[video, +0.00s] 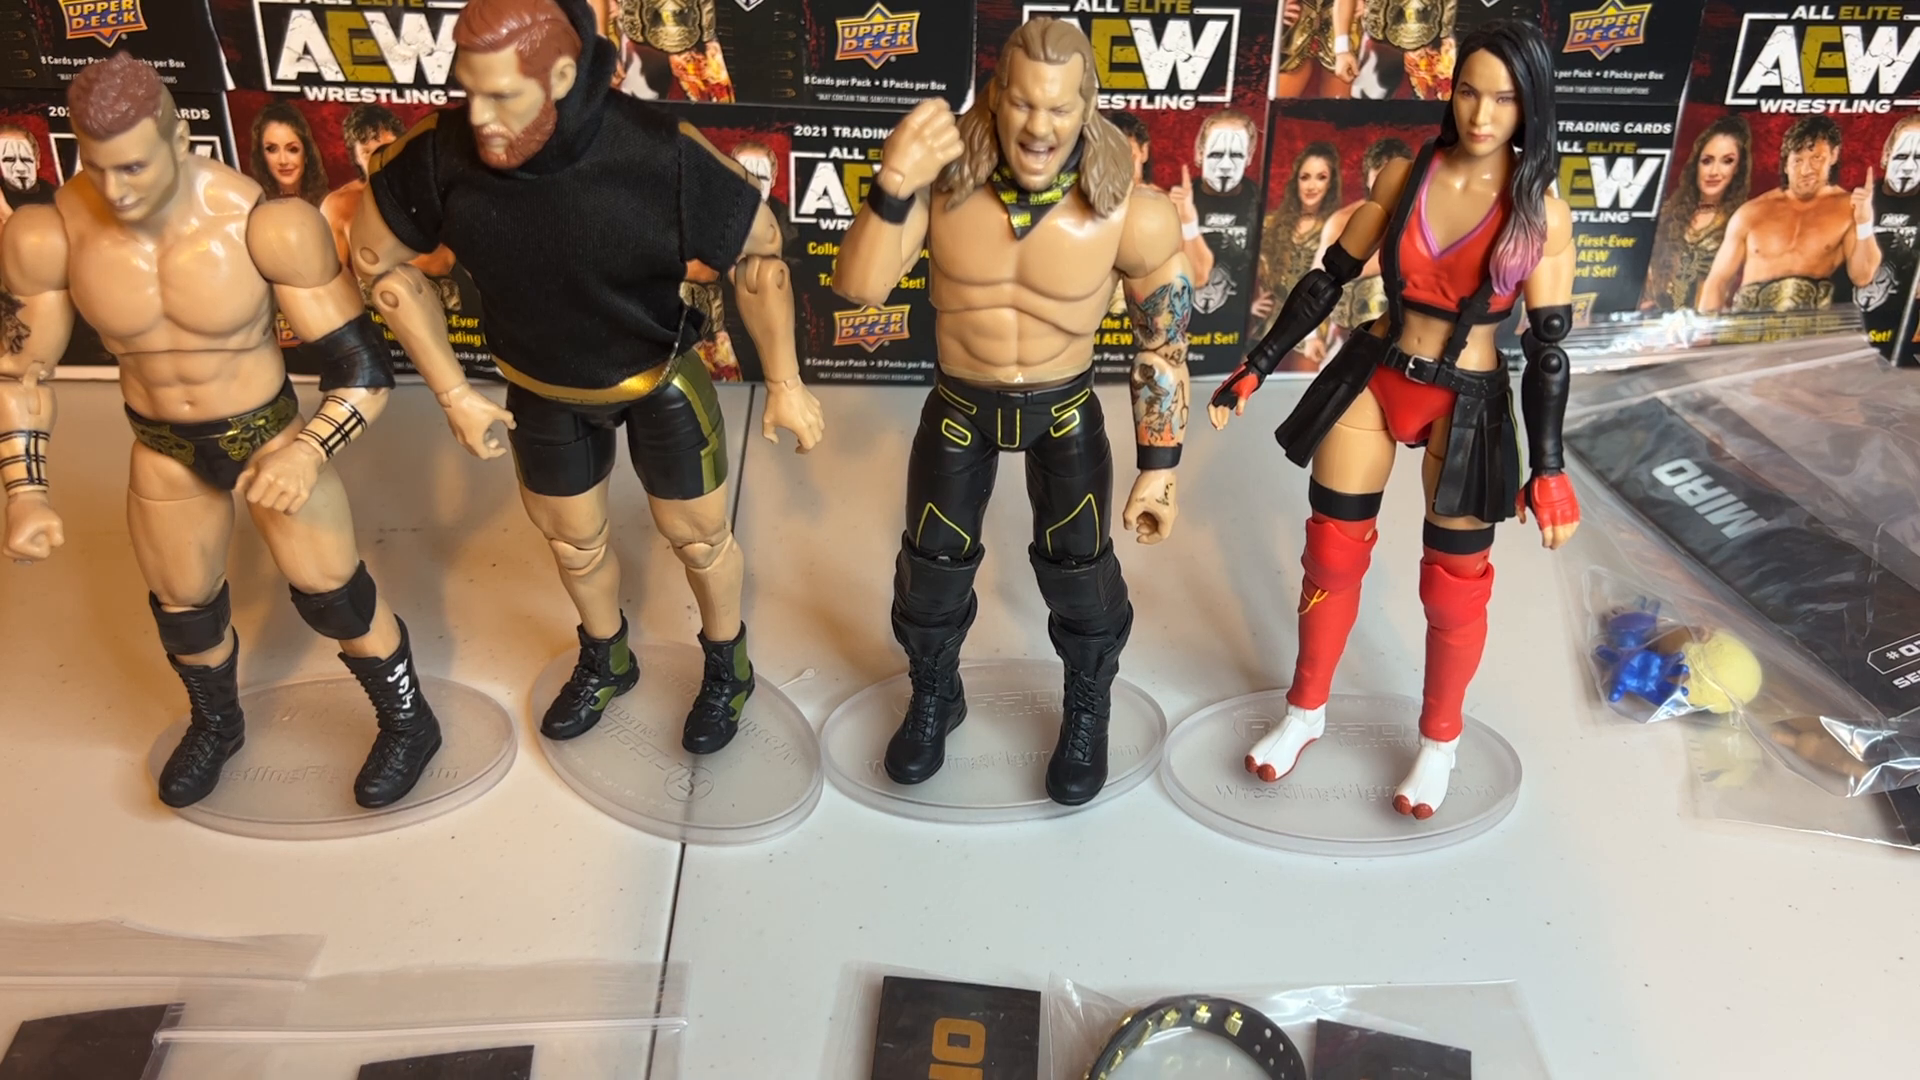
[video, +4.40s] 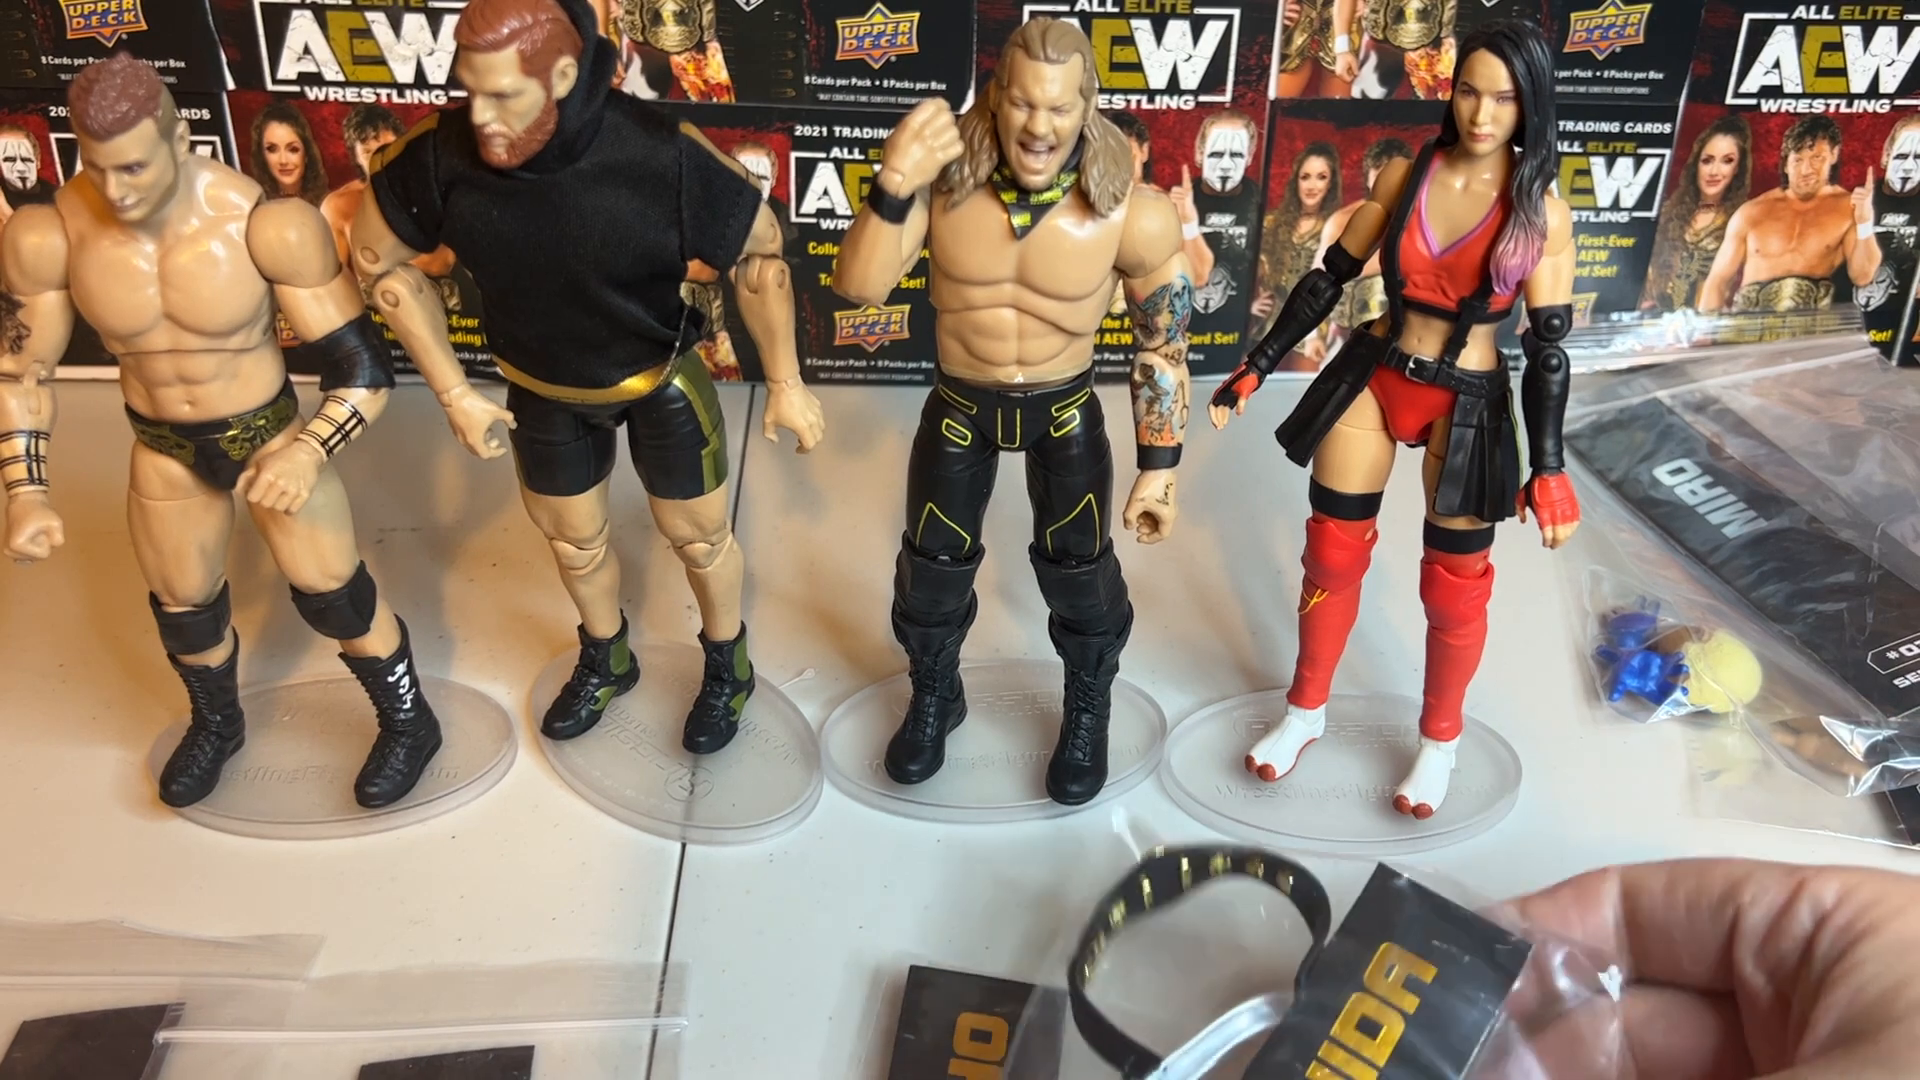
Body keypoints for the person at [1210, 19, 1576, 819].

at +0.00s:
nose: (1480, 113)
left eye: (1501, 99)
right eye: (1469, 94)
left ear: (1529, 108)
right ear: (1450, 94)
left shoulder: (1540, 209)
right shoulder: (1406, 175)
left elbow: (1549, 345)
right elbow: (1333, 273)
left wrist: (1549, 466)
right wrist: (1256, 364)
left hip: (1467, 405)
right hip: (1372, 383)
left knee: (1454, 590)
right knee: (1331, 560)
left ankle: (1438, 742)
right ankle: (1304, 710)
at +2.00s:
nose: (1480, 113)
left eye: (1501, 99)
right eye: (1469, 94)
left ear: (1529, 108)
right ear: (1451, 94)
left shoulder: (1540, 209)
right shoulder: (1406, 175)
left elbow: (1549, 346)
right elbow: (1332, 274)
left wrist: (1549, 467)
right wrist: (1255, 365)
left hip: (1467, 404)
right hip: (1372, 382)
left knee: (1454, 590)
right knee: (1331, 559)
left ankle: (1438, 741)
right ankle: (1305, 709)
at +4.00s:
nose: (1480, 114)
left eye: (1501, 99)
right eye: (1470, 94)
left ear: (1529, 108)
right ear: (1451, 94)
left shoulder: (1541, 207)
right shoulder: (1407, 174)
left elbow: (1550, 343)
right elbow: (1333, 273)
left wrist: (1549, 465)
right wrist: (1257, 364)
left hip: (1467, 406)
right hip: (1372, 383)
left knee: (1454, 592)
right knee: (1331, 560)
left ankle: (1438, 743)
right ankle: (1305, 711)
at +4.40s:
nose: (1480, 113)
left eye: (1501, 98)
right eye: (1469, 93)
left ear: (1529, 108)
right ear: (1451, 94)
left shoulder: (1540, 208)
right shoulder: (1406, 174)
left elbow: (1549, 344)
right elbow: (1333, 273)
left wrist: (1549, 466)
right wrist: (1256, 364)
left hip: (1467, 404)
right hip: (1372, 382)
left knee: (1454, 590)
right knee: (1331, 559)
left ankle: (1438, 742)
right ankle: (1304, 710)